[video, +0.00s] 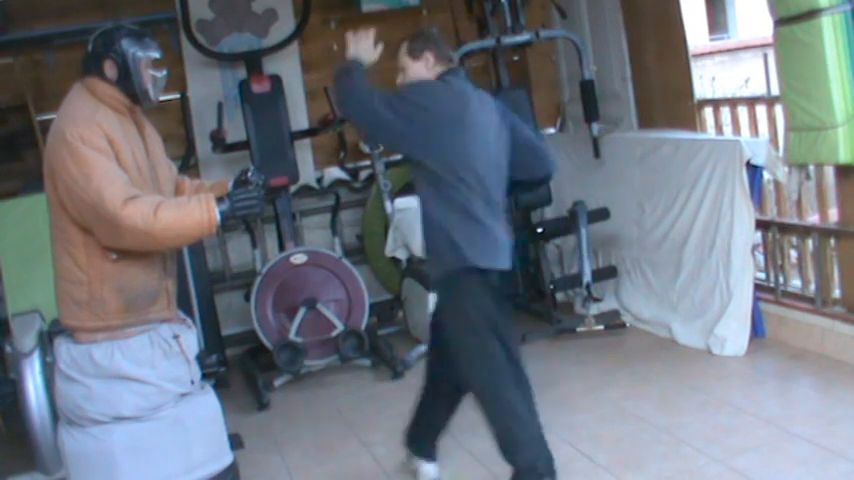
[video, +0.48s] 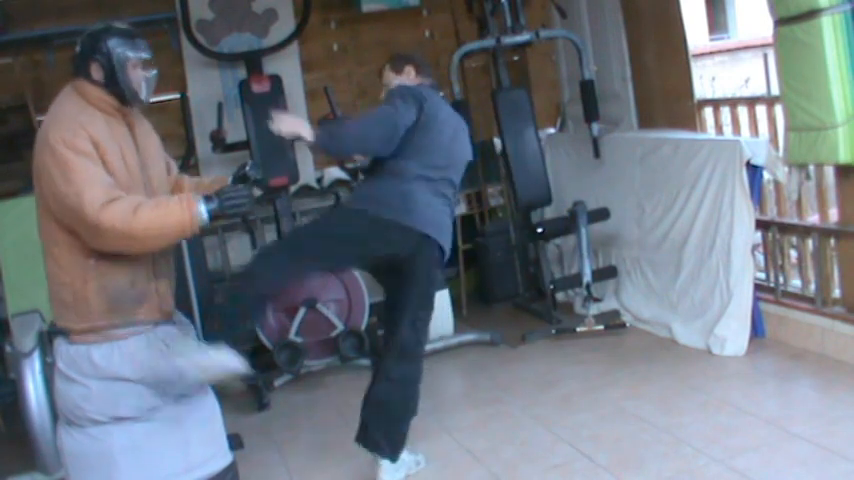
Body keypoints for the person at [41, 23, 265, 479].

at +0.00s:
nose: (153, 75)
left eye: (153, 64)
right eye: (144, 64)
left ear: (117, 68)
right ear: (111, 65)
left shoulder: (132, 118)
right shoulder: (78, 129)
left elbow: (170, 188)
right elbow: (123, 220)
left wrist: (227, 186)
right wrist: (215, 211)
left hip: (152, 315)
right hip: (108, 329)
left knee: (180, 447)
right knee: (132, 457)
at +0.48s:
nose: (144, 75)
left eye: (144, 65)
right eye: (133, 65)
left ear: (108, 69)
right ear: (98, 67)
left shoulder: (132, 120)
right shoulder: (64, 130)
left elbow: (170, 186)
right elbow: (106, 222)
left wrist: (225, 186)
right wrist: (201, 210)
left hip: (155, 319)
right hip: (99, 334)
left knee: (199, 451)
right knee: (121, 461)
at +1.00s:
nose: (150, 76)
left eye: (150, 65)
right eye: (140, 65)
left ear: (118, 67)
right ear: (108, 66)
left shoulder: (140, 121)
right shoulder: (72, 128)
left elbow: (177, 188)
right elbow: (113, 219)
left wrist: (228, 188)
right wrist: (205, 213)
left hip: (158, 317)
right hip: (104, 330)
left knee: (190, 447)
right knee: (125, 458)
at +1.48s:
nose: (147, 75)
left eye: (147, 64)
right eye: (137, 64)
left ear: (111, 69)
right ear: (103, 66)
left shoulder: (137, 122)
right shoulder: (68, 129)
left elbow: (176, 188)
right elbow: (110, 222)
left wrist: (228, 188)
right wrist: (204, 215)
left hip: (157, 318)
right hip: (103, 331)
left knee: (190, 448)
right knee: (124, 459)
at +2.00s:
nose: (149, 76)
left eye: (150, 66)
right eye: (139, 66)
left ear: (113, 69)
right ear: (106, 67)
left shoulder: (139, 121)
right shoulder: (70, 128)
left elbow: (177, 188)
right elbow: (110, 221)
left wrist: (229, 189)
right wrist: (205, 215)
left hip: (158, 318)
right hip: (103, 331)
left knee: (191, 448)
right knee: (123, 459)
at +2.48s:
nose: (149, 76)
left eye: (150, 65)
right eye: (139, 65)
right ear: (105, 67)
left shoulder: (138, 121)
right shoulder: (70, 129)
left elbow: (175, 189)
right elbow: (110, 221)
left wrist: (228, 189)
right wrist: (205, 215)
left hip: (157, 318)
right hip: (104, 331)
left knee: (189, 448)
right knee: (124, 459)